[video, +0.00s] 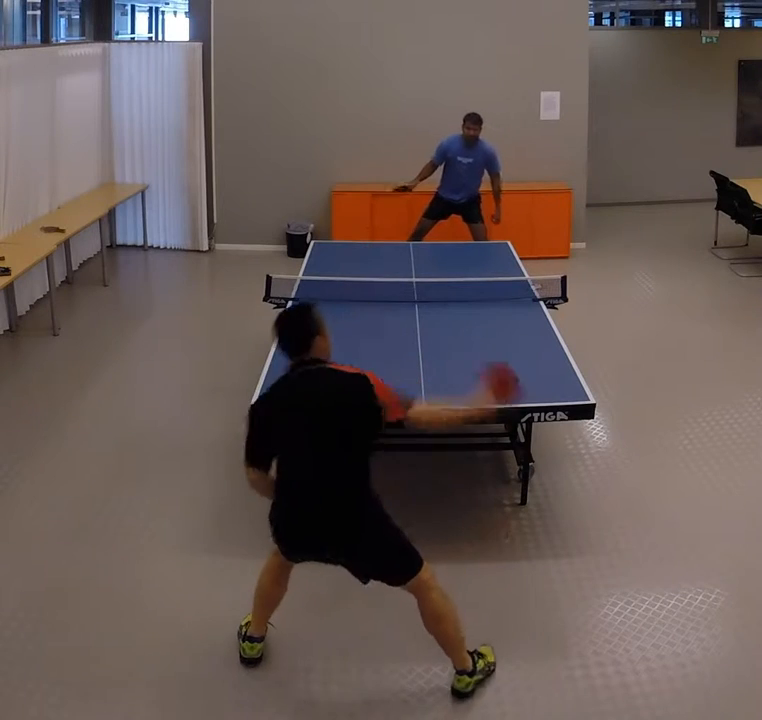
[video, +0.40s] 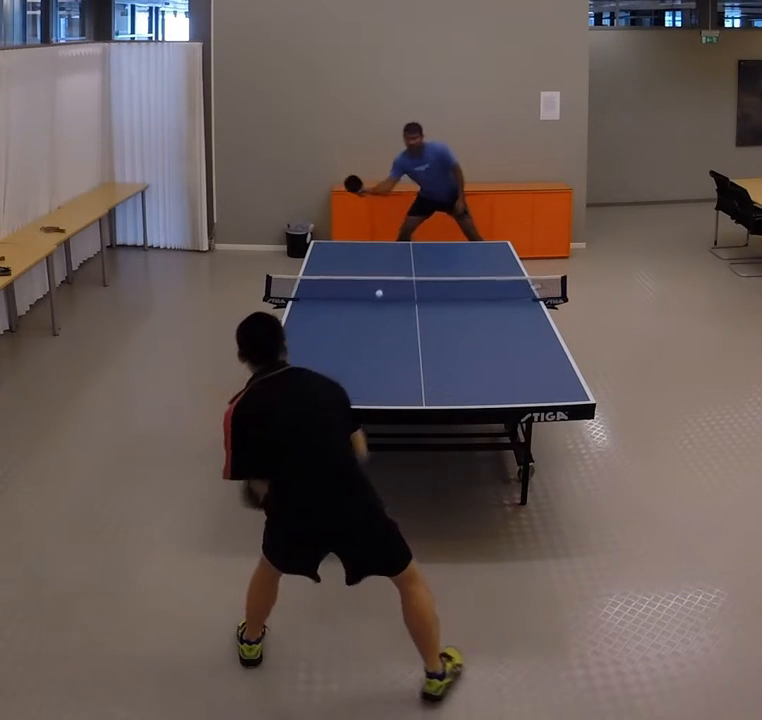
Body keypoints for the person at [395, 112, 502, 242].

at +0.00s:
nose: (471, 133)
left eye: (475, 130)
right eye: (468, 129)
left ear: (480, 130)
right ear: (462, 128)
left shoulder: (487, 152)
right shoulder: (449, 145)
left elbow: (495, 179)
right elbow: (433, 164)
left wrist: (498, 209)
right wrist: (415, 181)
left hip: (469, 201)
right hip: (444, 198)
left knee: (482, 241)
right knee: (419, 232)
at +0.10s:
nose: (457, 134)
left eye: (461, 131)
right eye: (454, 130)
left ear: (467, 131)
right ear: (449, 129)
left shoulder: (476, 151)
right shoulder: (438, 149)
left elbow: (485, 178)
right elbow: (426, 173)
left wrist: (482, 207)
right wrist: (408, 193)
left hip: (466, 201)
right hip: (440, 200)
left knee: (480, 242)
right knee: (415, 236)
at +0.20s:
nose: (441, 140)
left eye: (444, 136)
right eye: (437, 136)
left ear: (450, 136)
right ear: (433, 136)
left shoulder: (463, 153)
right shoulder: (427, 156)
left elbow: (476, 179)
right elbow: (421, 180)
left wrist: (467, 203)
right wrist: (405, 198)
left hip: (460, 201)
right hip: (437, 200)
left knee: (478, 242)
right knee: (410, 235)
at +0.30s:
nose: (425, 143)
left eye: (428, 139)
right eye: (421, 139)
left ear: (435, 138)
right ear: (417, 140)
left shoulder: (450, 154)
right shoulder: (415, 161)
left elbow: (466, 178)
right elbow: (407, 186)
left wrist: (460, 204)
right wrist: (388, 196)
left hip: (455, 201)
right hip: (432, 201)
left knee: (474, 239)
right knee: (407, 232)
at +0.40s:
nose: (412, 142)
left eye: (415, 138)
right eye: (408, 139)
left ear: (422, 137)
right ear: (404, 140)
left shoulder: (439, 150)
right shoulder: (402, 161)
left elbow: (457, 171)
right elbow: (388, 186)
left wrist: (461, 199)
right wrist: (367, 191)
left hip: (450, 196)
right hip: (427, 197)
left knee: (472, 235)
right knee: (405, 231)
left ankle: (490, 264)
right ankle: (398, 267)